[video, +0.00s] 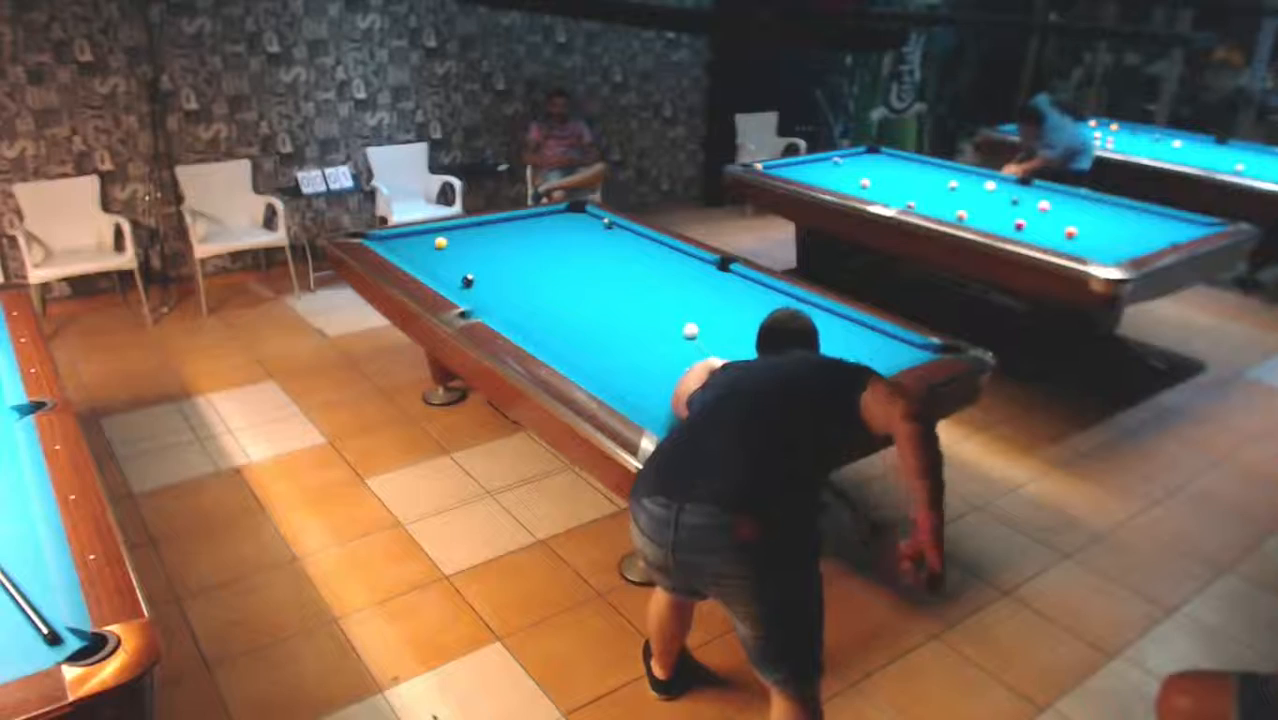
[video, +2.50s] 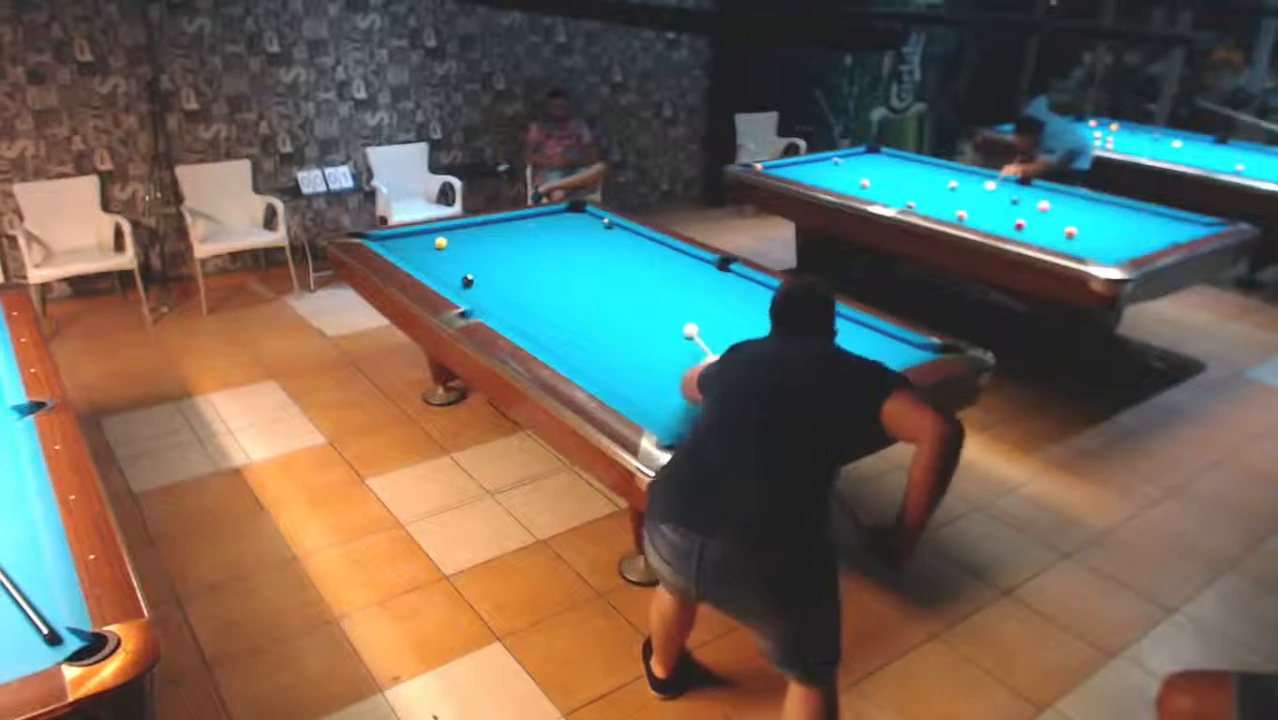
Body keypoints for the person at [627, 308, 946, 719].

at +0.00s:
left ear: (760, 349)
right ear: (814, 347)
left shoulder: (725, 372)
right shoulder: (844, 377)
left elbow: (681, 400)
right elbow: (910, 420)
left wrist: (705, 364)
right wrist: (927, 533)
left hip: (652, 508)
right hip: (746, 525)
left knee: (673, 584)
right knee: (791, 687)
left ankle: (663, 672)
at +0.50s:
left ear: (760, 357)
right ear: (814, 357)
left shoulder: (728, 381)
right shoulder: (837, 381)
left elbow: (680, 404)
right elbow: (914, 387)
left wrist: (704, 368)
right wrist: (883, 489)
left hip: (652, 512)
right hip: (745, 527)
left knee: (672, 585)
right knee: (793, 683)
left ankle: (664, 671)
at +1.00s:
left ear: (762, 359)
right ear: (815, 362)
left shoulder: (723, 384)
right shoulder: (837, 388)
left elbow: (679, 403)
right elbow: (914, 408)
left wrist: (704, 365)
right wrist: (938, 521)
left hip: (649, 517)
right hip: (744, 532)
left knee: (671, 585)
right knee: (790, 686)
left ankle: (663, 671)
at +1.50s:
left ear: (761, 361)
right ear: (814, 363)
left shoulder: (724, 387)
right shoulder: (834, 386)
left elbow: (679, 405)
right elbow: (916, 391)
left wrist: (702, 366)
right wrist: (881, 497)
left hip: (650, 518)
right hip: (746, 531)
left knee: (672, 585)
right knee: (791, 687)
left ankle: (663, 671)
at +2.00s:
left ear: (761, 362)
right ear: (814, 362)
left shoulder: (725, 387)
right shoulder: (836, 389)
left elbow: (680, 407)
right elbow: (913, 413)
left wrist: (703, 364)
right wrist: (928, 524)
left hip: (650, 518)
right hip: (747, 532)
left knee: (671, 584)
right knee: (792, 685)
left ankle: (663, 670)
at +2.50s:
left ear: (774, 320)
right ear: (830, 326)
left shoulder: (741, 356)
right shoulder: (857, 375)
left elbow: (691, 385)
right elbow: (939, 431)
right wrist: (905, 536)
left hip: (674, 524)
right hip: (770, 550)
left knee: (674, 586)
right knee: (810, 675)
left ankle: (663, 672)